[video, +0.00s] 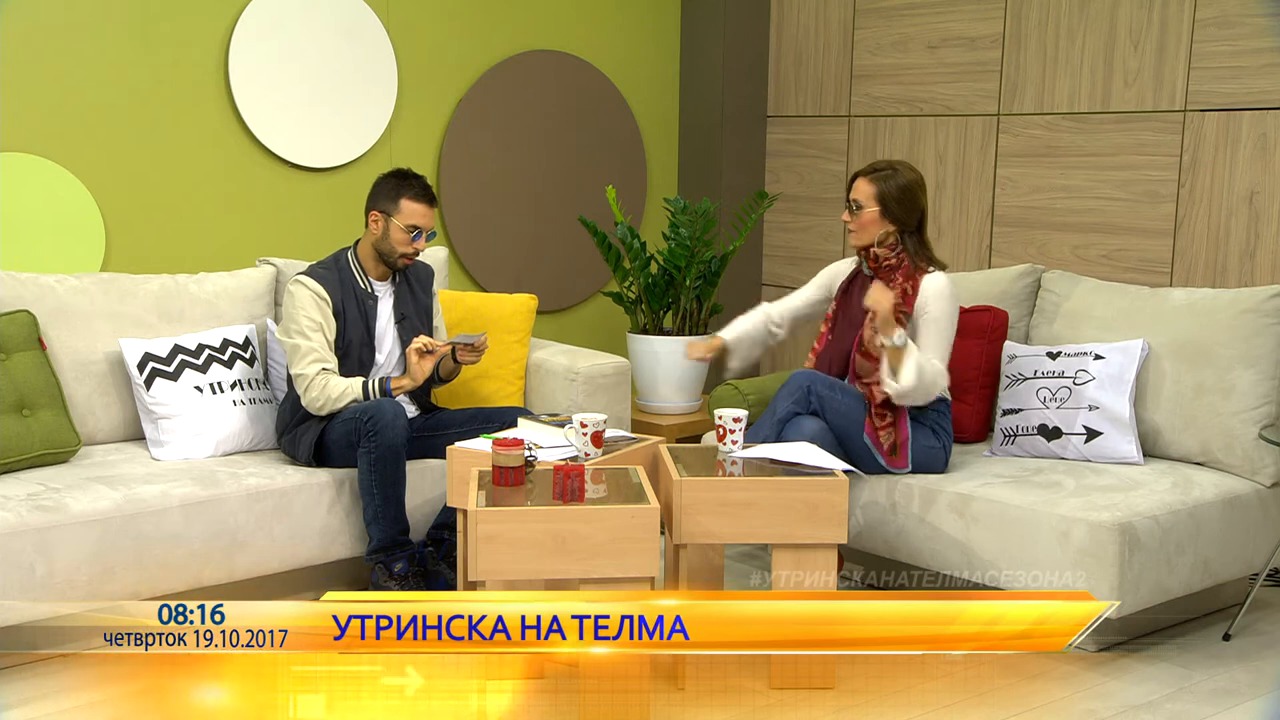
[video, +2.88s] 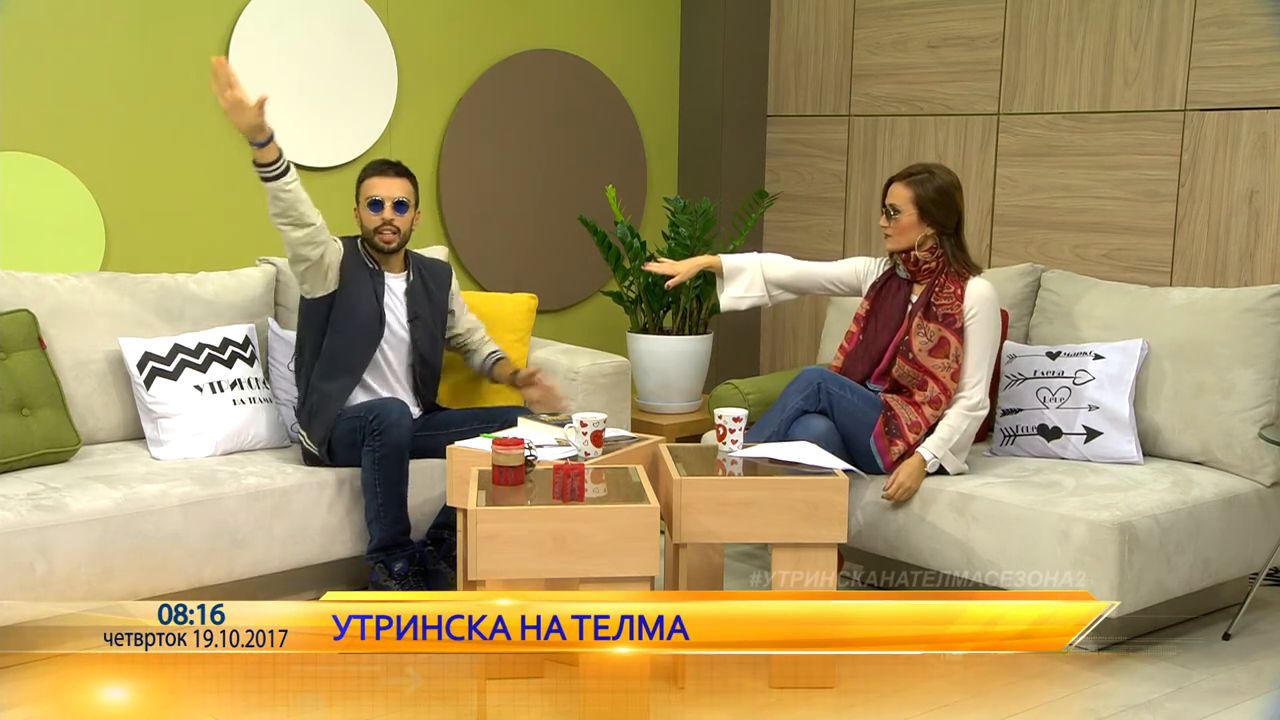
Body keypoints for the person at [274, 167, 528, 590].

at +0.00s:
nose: (421, 246)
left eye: (427, 235)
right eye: (412, 232)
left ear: (432, 232)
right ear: (375, 221)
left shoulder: (419, 278)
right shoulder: (312, 289)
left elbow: (430, 374)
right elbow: (318, 391)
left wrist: (454, 359)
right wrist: (401, 381)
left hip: (405, 422)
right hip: (322, 429)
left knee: (515, 422)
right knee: (387, 414)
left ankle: (440, 550)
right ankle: (392, 563)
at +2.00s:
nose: (418, 216)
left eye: (427, 205)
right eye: (404, 206)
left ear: (435, 214)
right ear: (379, 218)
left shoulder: (439, 275)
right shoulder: (346, 279)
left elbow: (444, 356)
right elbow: (341, 373)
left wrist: (475, 392)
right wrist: (420, 357)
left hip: (412, 422)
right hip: (333, 425)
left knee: (510, 420)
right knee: (395, 415)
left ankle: (440, 549)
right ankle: (392, 562)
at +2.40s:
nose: (392, 216)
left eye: (405, 206)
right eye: (380, 205)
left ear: (421, 219)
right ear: (363, 215)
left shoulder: (436, 273)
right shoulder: (339, 269)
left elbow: (454, 355)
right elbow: (309, 302)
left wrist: (476, 393)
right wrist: (408, 289)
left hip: (415, 421)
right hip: (334, 424)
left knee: (513, 422)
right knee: (394, 413)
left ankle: (439, 550)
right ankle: (392, 562)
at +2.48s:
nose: (387, 215)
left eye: (401, 206)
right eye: (375, 205)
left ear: (418, 218)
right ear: (359, 215)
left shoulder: (435, 273)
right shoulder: (333, 263)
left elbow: (456, 352)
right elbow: (315, 260)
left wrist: (477, 392)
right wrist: (415, 268)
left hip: (415, 421)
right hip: (333, 423)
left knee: (514, 422)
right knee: (395, 412)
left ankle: (441, 549)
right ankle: (391, 561)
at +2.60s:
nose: (385, 216)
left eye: (398, 205)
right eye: (373, 204)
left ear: (415, 216)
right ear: (359, 213)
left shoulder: (436, 274)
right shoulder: (332, 268)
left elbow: (455, 347)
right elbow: (314, 226)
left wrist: (477, 389)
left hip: (414, 419)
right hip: (335, 425)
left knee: (515, 420)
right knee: (395, 413)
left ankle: (441, 548)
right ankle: (391, 562)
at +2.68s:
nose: (386, 214)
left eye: (398, 204)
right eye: (374, 203)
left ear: (416, 215)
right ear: (354, 213)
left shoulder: (436, 273)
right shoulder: (334, 270)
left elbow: (457, 346)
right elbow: (321, 221)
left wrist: (477, 388)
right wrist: (318, 133)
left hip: (414, 423)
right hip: (338, 426)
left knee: (514, 424)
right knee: (397, 415)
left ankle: (440, 550)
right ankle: (392, 563)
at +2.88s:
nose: (388, 217)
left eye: (399, 206)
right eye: (375, 206)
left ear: (415, 216)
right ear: (357, 213)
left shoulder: (435, 276)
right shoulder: (328, 265)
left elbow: (474, 344)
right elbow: (296, 216)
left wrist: (518, 377)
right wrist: (261, 140)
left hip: (414, 420)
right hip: (337, 425)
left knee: (520, 423)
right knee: (391, 413)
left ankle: (438, 554)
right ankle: (392, 565)